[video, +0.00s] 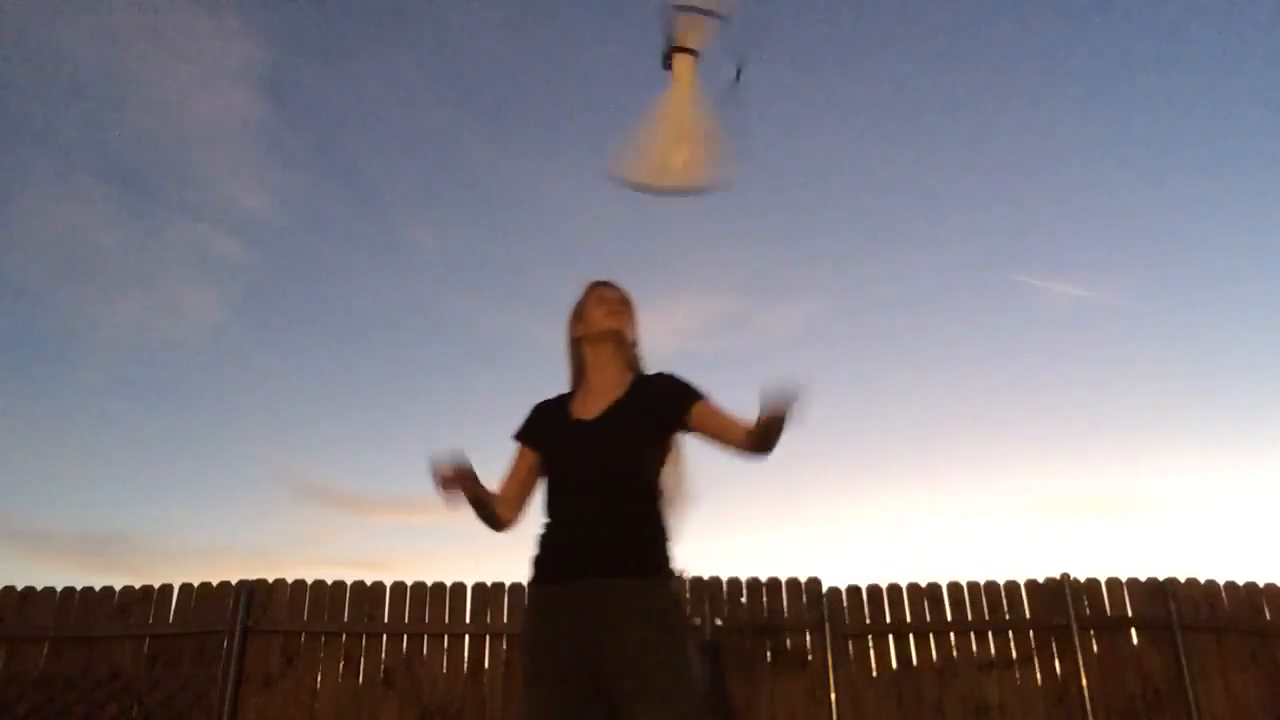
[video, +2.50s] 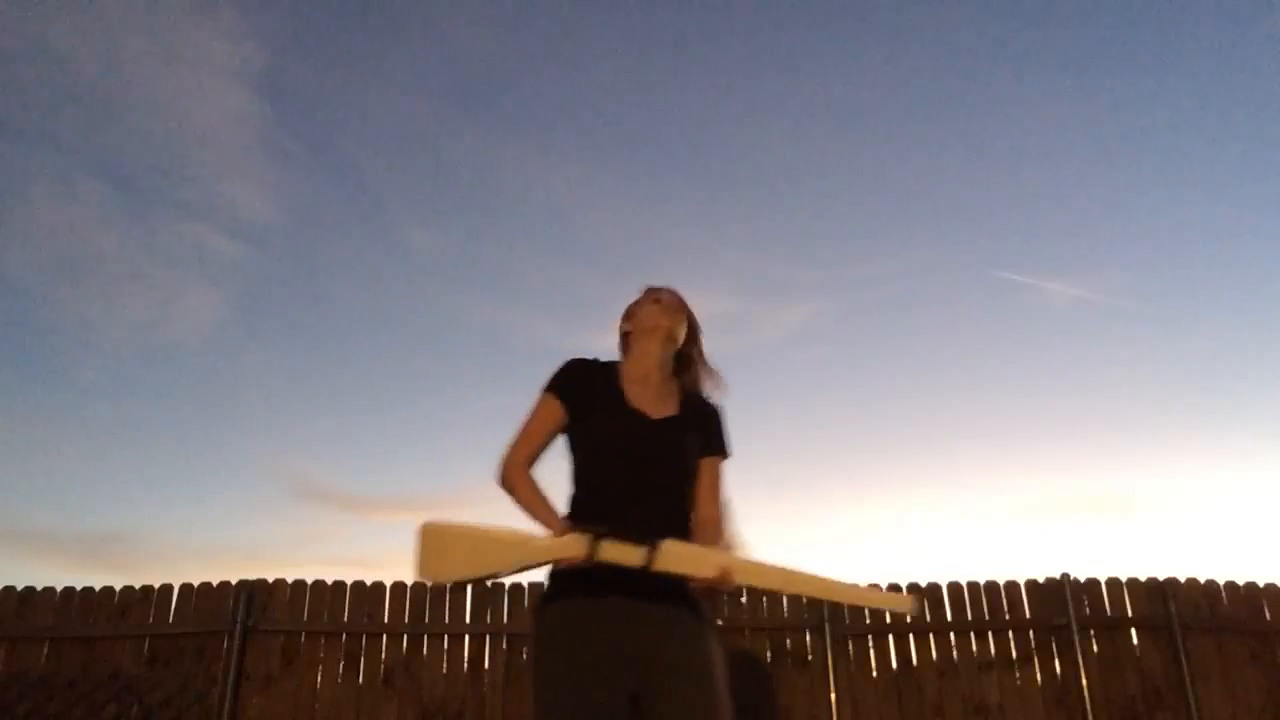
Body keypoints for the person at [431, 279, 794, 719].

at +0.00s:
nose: (610, 307)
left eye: (620, 305)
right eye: (598, 304)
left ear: (634, 330)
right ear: (576, 329)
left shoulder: (660, 394)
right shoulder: (549, 416)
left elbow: (754, 441)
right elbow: (502, 514)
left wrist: (773, 419)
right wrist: (471, 486)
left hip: (639, 592)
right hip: (559, 596)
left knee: (655, 706)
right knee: (556, 708)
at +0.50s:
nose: (475, 324)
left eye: (487, 313)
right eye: (465, 322)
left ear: (516, 327)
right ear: (462, 344)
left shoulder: (554, 381)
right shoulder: (460, 433)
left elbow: (627, 467)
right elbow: (364, 478)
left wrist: (572, 529)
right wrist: (327, 395)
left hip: (553, 590)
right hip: (499, 600)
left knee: (451, 708)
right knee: (531, 712)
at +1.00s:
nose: (356, 375)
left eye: (364, 359)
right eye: (352, 369)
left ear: (403, 346)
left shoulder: (467, 381)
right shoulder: (387, 468)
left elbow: (559, 443)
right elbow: (411, 558)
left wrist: (519, 533)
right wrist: (368, 598)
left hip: (501, 591)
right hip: (442, 609)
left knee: (400, 710)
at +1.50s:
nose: (385, 361)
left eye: (392, 344)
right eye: (378, 354)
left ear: (430, 336)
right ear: (382, 367)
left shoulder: (494, 378)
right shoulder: (407, 453)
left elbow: (583, 447)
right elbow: (422, 539)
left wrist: (544, 530)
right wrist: (385, 583)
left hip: (511, 589)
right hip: (454, 601)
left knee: (419, 705)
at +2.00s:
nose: (531, 319)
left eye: (544, 313)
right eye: (521, 314)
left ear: (566, 334)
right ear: (506, 337)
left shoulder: (605, 403)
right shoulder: (478, 421)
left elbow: (629, 493)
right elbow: (473, 526)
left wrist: (643, 498)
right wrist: (492, 529)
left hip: (599, 593)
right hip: (518, 595)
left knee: (592, 706)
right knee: (518, 708)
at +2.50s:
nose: (660, 302)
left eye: (672, 304)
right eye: (650, 297)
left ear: (685, 338)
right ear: (627, 323)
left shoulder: (701, 414)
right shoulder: (584, 378)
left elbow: (707, 518)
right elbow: (513, 469)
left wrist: (711, 565)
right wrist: (559, 528)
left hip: (669, 599)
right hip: (585, 592)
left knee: (698, 708)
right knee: (574, 709)